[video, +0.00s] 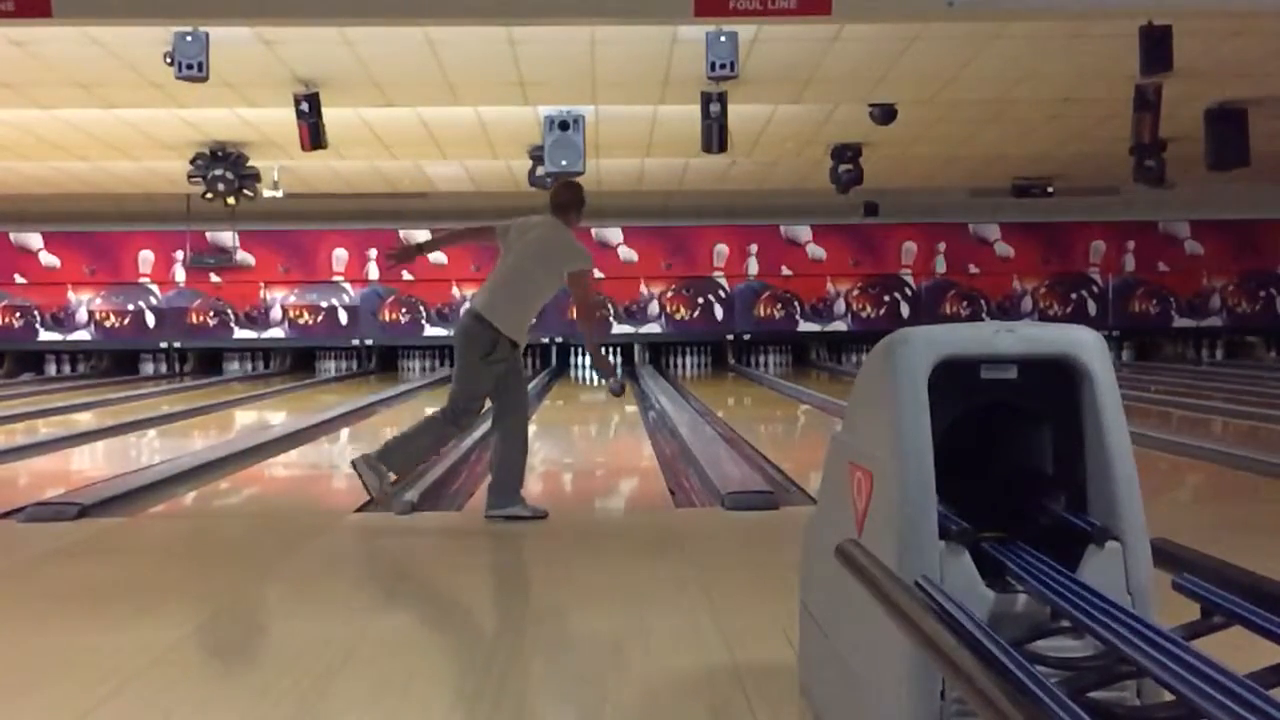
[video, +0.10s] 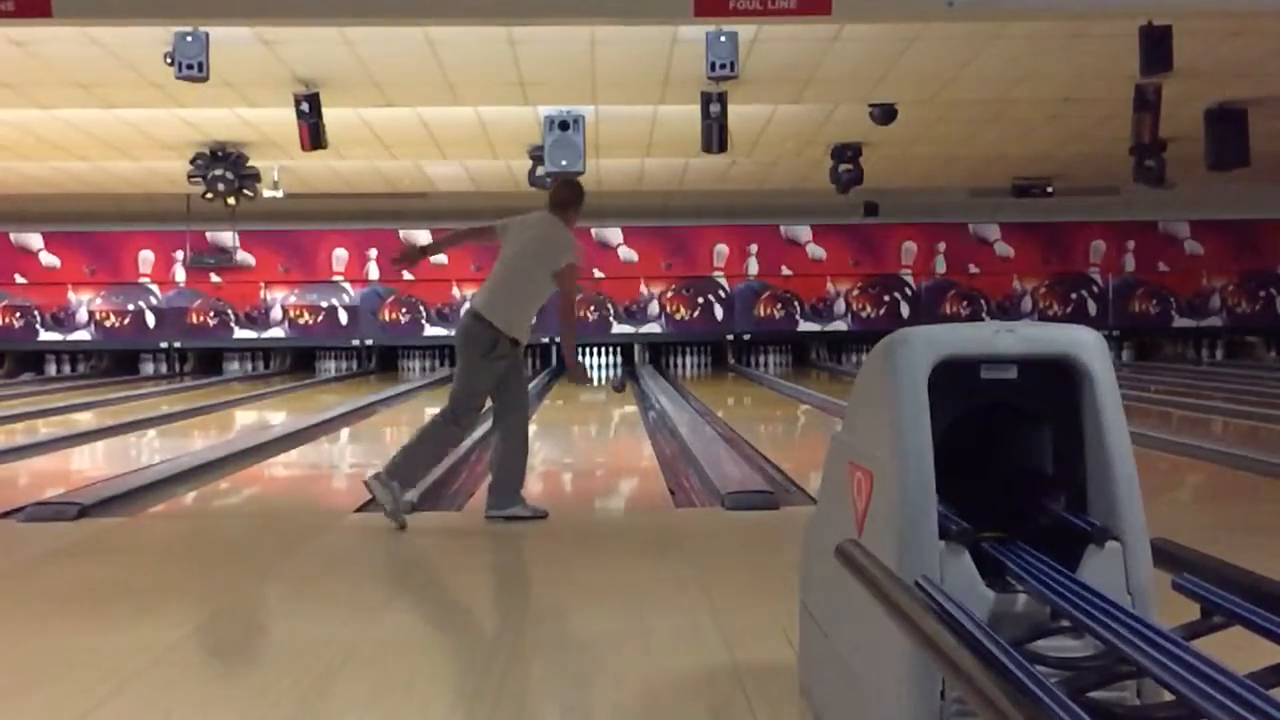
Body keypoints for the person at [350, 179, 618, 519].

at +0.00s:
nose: (580, 217)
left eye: (572, 209)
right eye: (581, 211)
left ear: (550, 205)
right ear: (579, 212)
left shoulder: (523, 226)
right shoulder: (574, 252)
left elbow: (465, 234)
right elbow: (585, 313)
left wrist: (416, 249)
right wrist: (595, 354)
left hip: (500, 341)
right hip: (487, 335)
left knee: (513, 418)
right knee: (459, 414)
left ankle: (505, 500)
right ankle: (379, 463)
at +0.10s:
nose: (577, 215)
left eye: (573, 205)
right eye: (579, 208)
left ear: (550, 201)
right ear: (578, 209)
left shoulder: (525, 222)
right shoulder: (563, 241)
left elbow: (469, 234)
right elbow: (568, 304)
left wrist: (422, 250)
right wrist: (571, 359)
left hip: (498, 336)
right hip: (490, 333)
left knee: (514, 419)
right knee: (459, 417)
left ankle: (505, 501)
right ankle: (390, 481)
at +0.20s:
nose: (576, 213)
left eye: (574, 205)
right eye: (578, 207)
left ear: (548, 199)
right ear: (576, 207)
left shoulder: (523, 220)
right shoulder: (559, 239)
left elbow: (472, 235)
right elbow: (545, 299)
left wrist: (426, 254)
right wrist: (544, 361)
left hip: (498, 336)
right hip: (489, 332)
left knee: (518, 416)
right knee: (461, 415)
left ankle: (505, 500)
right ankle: (393, 484)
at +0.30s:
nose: (574, 210)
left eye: (571, 201)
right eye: (576, 204)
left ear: (547, 196)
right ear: (575, 204)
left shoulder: (521, 219)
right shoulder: (555, 236)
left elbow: (472, 235)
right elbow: (529, 280)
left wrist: (428, 258)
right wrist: (515, 333)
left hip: (487, 327)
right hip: (491, 332)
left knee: (517, 414)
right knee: (461, 414)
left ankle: (506, 501)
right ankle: (393, 483)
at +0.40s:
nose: (573, 207)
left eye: (570, 199)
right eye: (575, 200)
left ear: (545, 195)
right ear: (574, 201)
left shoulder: (522, 218)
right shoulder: (551, 229)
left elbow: (473, 236)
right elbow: (517, 260)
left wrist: (428, 261)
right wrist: (487, 314)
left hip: (499, 333)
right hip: (492, 331)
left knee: (514, 415)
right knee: (463, 414)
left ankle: (505, 501)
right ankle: (394, 482)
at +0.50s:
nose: (574, 204)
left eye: (571, 196)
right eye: (574, 197)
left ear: (545, 193)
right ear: (573, 197)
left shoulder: (525, 216)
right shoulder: (548, 222)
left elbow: (474, 236)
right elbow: (510, 244)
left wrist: (428, 262)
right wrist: (472, 277)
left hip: (500, 329)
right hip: (491, 327)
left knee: (510, 416)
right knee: (469, 412)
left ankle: (505, 500)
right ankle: (398, 480)